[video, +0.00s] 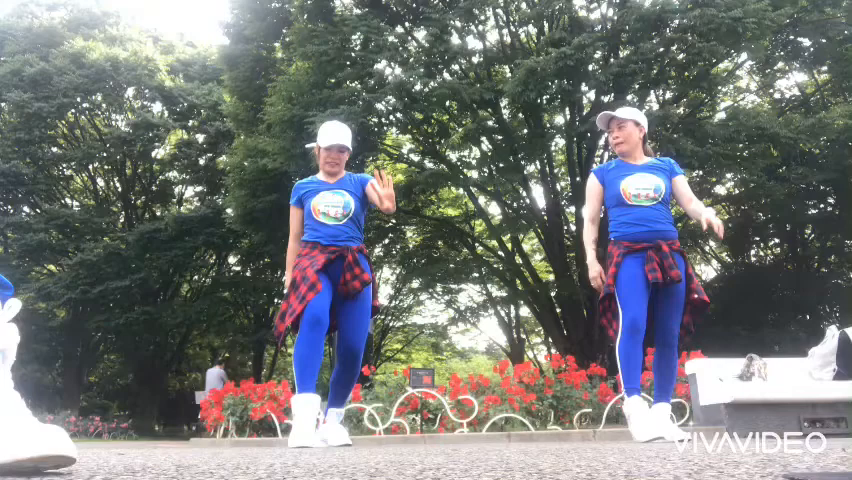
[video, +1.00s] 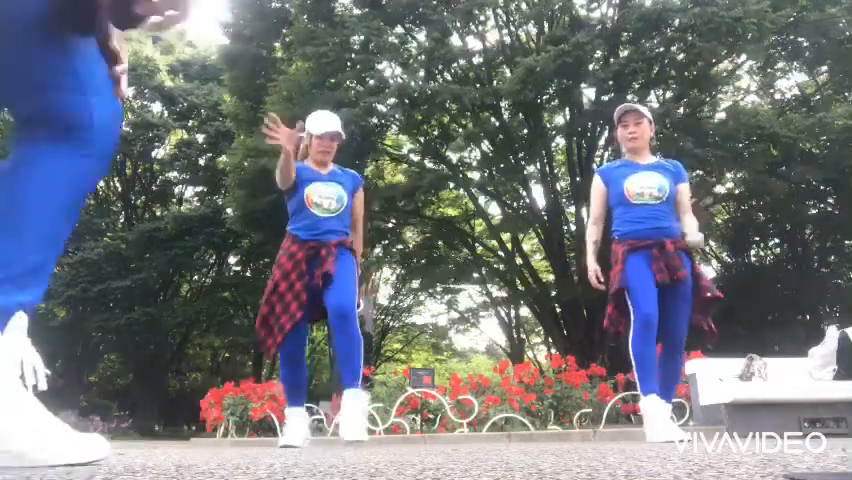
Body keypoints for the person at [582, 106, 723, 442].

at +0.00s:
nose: (614, 133)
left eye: (621, 127)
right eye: (610, 130)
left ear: (641, 130)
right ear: (608, 137)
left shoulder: (666, 166)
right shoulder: (601, 173)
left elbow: (689, 201)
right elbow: (590, 220)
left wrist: (705, 213)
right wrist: (591, 259)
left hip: (668, 253)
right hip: (629, 255)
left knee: (668, 335)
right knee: (634, 322)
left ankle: (662, 413)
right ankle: (633, 404)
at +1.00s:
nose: (631, 128)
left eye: (638, 122)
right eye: (624, 125)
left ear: (652, 129)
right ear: (617, 134)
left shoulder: (674, 168)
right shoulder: (606, 173)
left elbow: (686, 212)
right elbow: (595, 221)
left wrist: (692, 232)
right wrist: (591, 259)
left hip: (674, 251)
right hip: (634, 252)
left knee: (676, 337)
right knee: (646, 315)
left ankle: (663, 413)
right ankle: (649, 403)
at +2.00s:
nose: (643, 131)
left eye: (643, 126)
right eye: (636, 125)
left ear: (633, 132)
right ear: (615, 130)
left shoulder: (648, 170)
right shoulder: (593, 169)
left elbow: (665, 216)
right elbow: (582, 215)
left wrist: (688, 256)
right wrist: (584, 257)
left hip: (655, 255)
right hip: (618, 256)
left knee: (659, 334)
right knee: (622, 334)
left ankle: (661, 411)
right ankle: (629, 410)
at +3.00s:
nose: (664, 141)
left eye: (669, 135)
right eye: (657, 136)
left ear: (679, 139)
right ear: (646, 142)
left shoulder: (698, 175)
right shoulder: (633, 181)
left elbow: (718, 216)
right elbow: (626, 227)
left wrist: (737, 253)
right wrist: (625, 266)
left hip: (693, 260)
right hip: (651, 261)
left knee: (701, 336)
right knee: (650, 330)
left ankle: (703, 411)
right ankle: (643, 405)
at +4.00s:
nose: (639, 133)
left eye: (644, 127)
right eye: (631, 129)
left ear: (652, 132)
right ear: (619, 137)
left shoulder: (672, 165)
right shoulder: (609, 173)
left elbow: (699, 204)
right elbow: (589, 217)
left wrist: (693, 228)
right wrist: (617, 235)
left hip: (679, 255)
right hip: (638, 259)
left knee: (700, 332)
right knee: (642, 338)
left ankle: (718, 414)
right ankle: (655, 415)